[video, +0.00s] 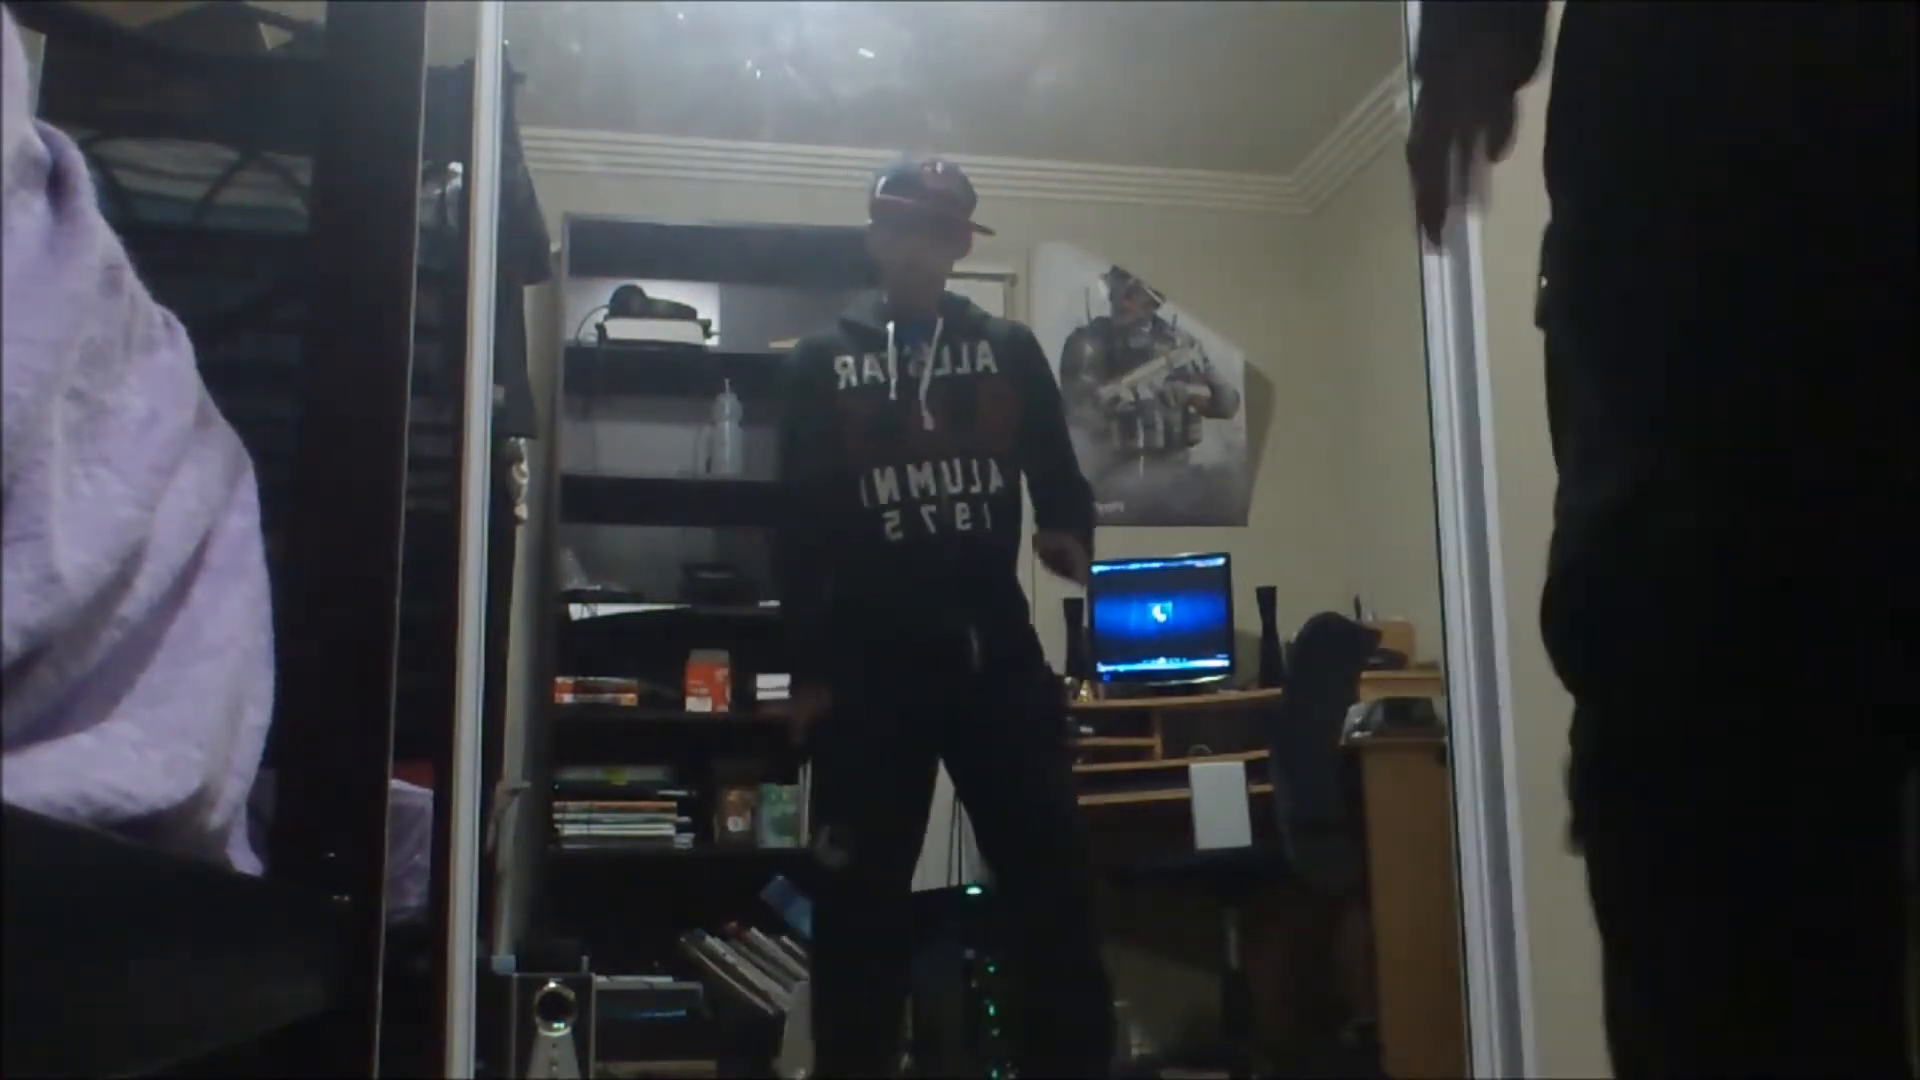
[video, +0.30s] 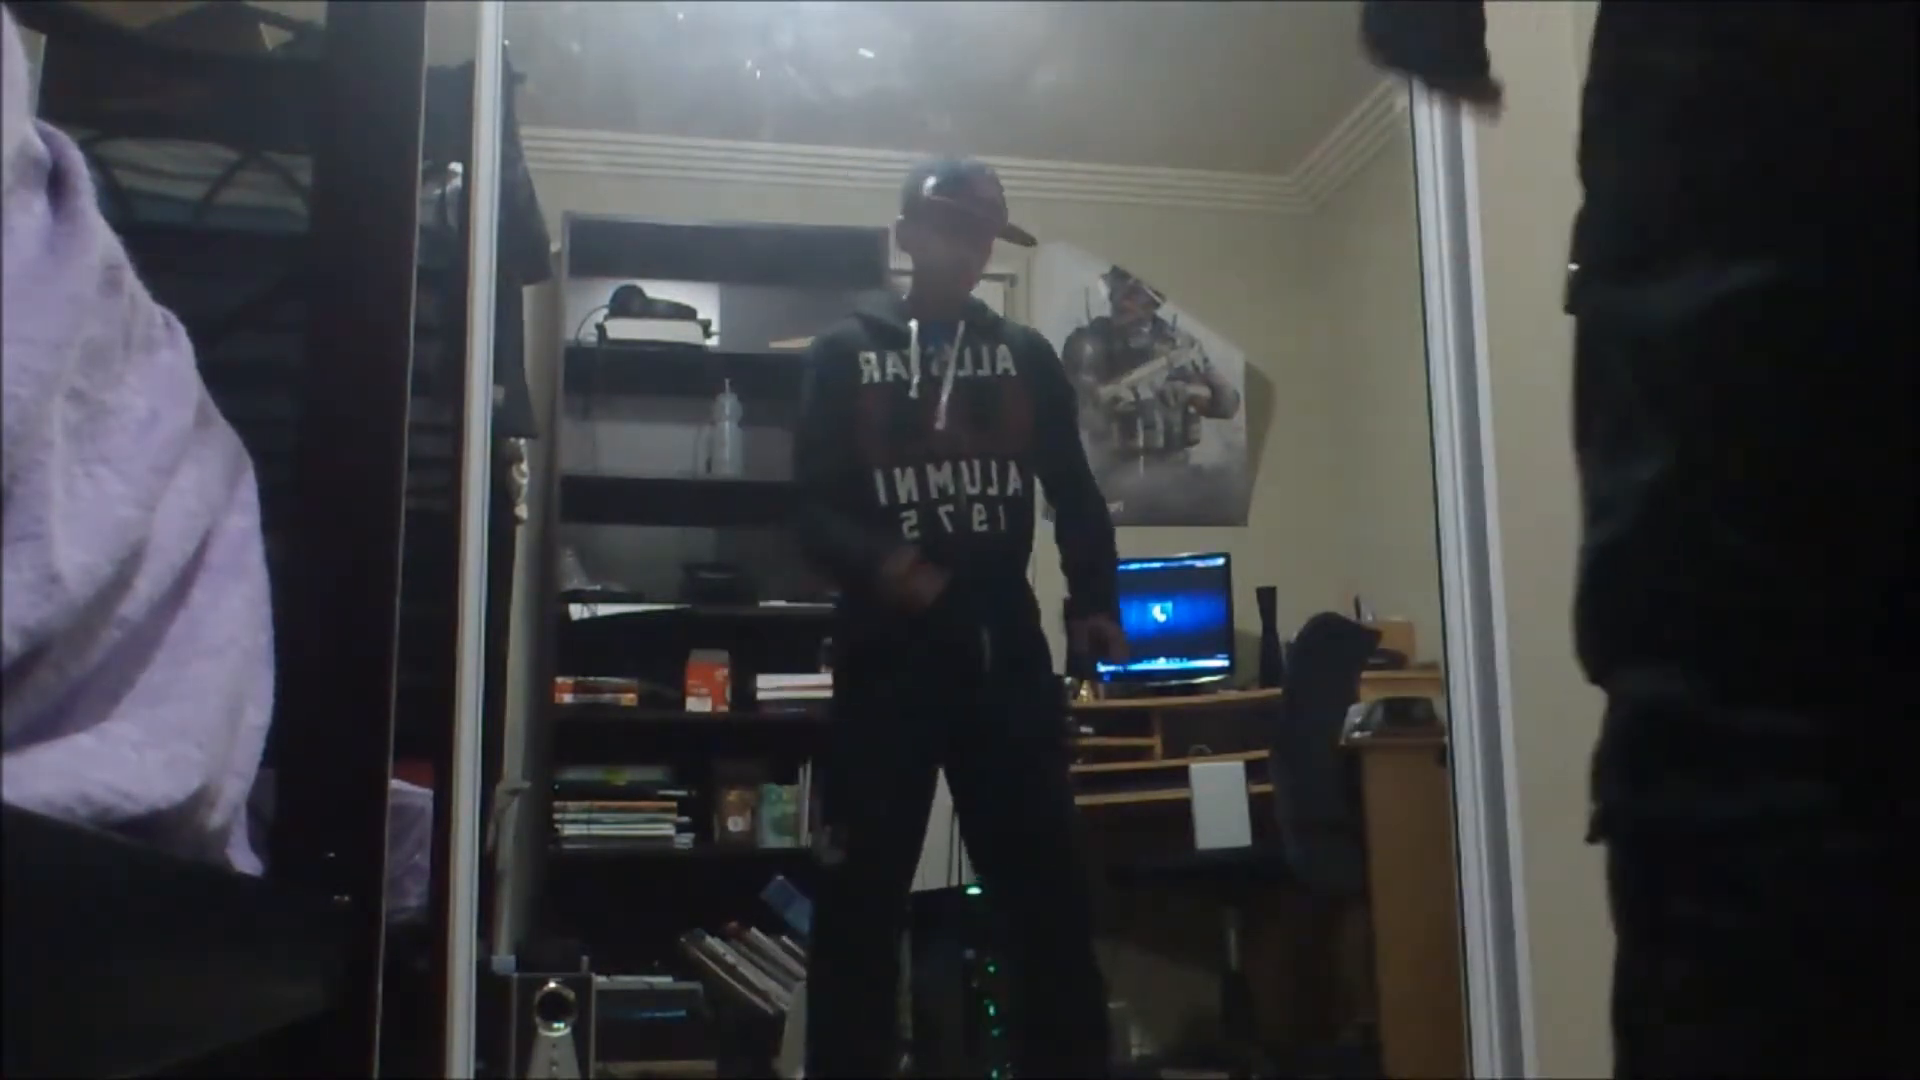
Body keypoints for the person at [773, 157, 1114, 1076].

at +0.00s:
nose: (915, 247)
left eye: (935, 230)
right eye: (900, 226)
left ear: (966, 240)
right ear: (872, 231)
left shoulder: (1010, 349)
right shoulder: (820, 358)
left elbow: (1056, 474)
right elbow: (796, 518)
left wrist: (1064, 529)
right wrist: (804, 662)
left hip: (992, 648)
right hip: (864, 649)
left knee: (1047, 872)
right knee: (860, 894)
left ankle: (1069, 1064)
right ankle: (854, 1069)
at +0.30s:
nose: (961, 242)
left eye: (977, 227)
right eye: (944, 222)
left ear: (996, 242)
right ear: (906, 231)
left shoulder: (1027, 357)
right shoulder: (846, 354)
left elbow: (1075, 490)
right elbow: (813, 502)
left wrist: (1092, 599)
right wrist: (879, 558)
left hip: (1004, 644)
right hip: (887, 646)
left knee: (1042, 878)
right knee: (864, 886)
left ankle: (1069, 1067)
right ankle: (849, 1068)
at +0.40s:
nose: (997, 244)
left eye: (1008, 230)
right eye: (980, 225)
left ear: (1018, 242)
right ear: (932, 229)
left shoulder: (1040, 356)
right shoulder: (868, 336)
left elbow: (1086, 487)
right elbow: (828, 484)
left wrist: (1120, 596)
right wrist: (935, 492)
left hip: (1011, 641)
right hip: (900, 638)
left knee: (1052, 888)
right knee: (874, 894)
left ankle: (1065, 1069)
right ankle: (851, 1070)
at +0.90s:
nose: (1057, 244)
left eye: (1069, 228)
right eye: (1039, 223)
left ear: (1082, 239)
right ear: (991, 230)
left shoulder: (1108, 351)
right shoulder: (926, 336)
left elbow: (1160, 482)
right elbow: (863, 474)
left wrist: (1184, 499)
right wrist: (897, 570)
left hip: (1053, 626)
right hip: (935, 622)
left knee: (1063, 859)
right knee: (889, 847)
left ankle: (1067, 1062)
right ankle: (863, 1057)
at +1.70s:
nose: (933, 239)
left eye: (957, 224)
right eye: (922, 222)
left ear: (996, 234)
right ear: (904, 230)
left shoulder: (1053, 339)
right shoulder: (873, 353)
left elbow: (1098, 493)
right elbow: (853, 523)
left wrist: (1087, 529)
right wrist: (800, 602)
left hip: (1022, 634)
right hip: (904, 634)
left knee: (1054, 869)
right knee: (828, 852)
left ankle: (1055, 1065)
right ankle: (767, 1063)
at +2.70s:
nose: (975, 239)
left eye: (988, 223)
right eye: (957, 218)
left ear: (997, 225)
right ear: (903, 213)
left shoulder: (1009, 339)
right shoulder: (829, 327)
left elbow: (1053, 481)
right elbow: (790, 479)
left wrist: (1088, 598)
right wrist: (895, 519)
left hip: (989, 637)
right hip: (869, 639)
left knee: (1048, 863)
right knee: (856, 880)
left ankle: (1091, 1063)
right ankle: (848, 1068)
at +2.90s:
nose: (1001, 238)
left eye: (1014, 221)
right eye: (983, 217)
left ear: (1027, 223)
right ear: (933, 212)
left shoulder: (1042, 337)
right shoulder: (862, 313)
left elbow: (1099, 470)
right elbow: (786, 424)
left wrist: (1152, 594)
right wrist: (919, 412)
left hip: (1005, 627)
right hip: (889, 623)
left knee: (1042, 867)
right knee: (867, 875)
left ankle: (1055, 1064)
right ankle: (850, 1065)